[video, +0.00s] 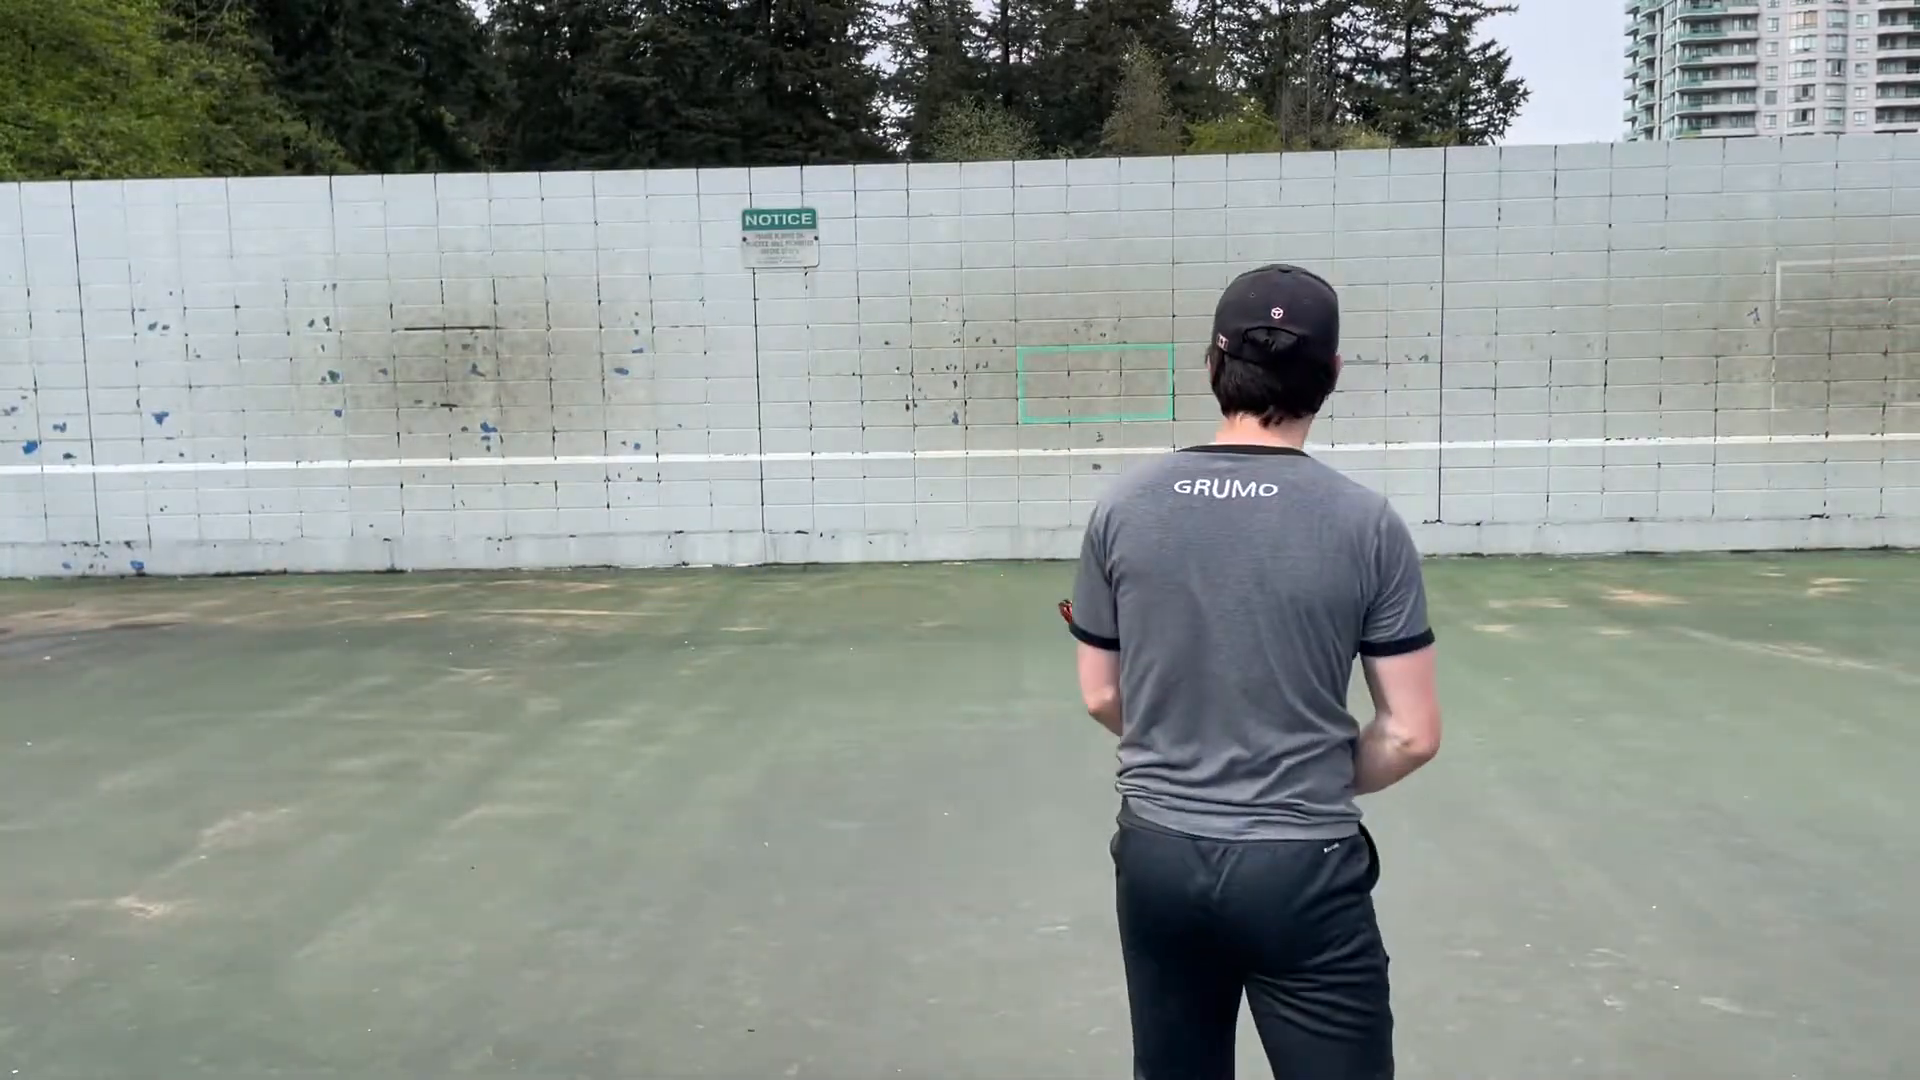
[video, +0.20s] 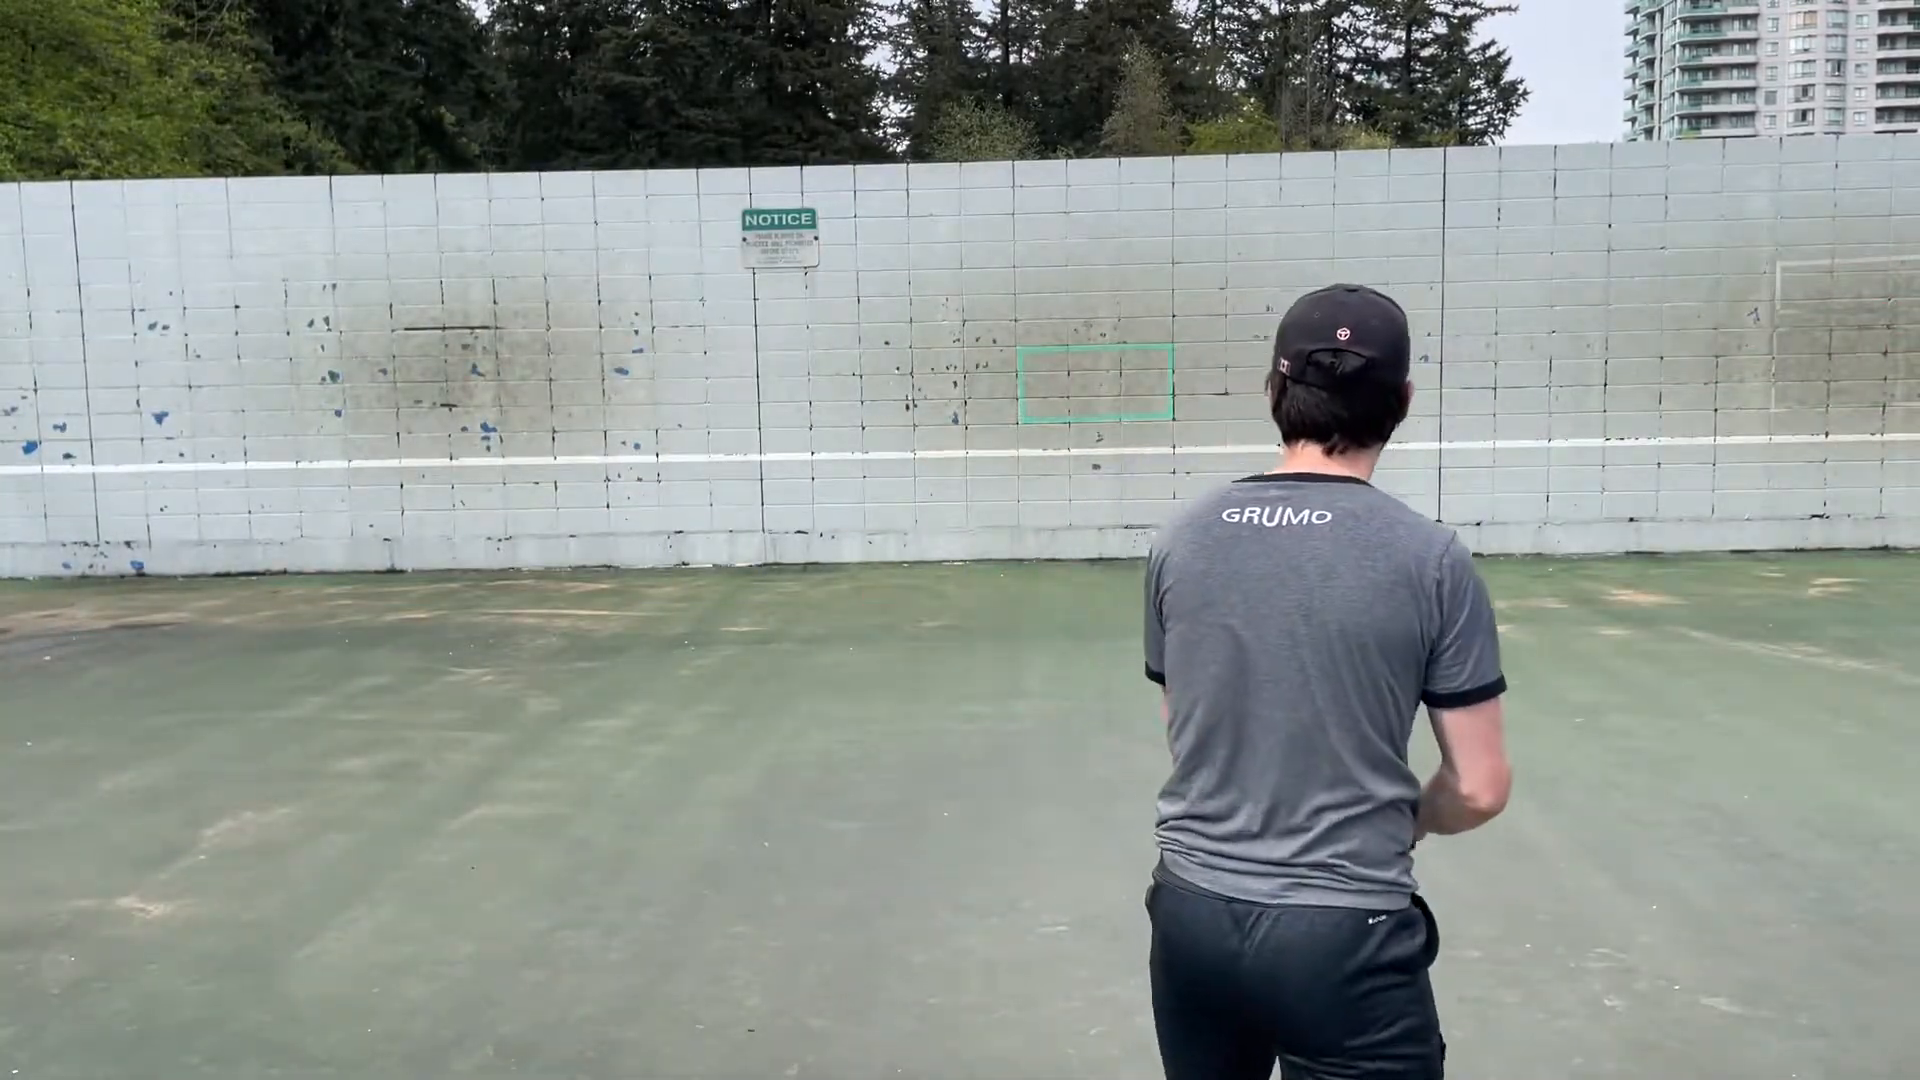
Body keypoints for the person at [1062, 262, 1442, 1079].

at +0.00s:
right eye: (1338, 355)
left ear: (1213, 362)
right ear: (1331, 377)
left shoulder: (1127, 502)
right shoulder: (1367, 523)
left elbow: (1103, 695)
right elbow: (1413, 732)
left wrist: (1182, 740)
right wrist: (1311, 774)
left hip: (1159, 870)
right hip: (1305, 879)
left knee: (1174, 1072)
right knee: (1344, 1069)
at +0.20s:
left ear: (1274, 391)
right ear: (1402, 405)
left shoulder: (1188, 536)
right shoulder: (1431, 558)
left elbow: (1180, 717)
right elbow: (1480, 788)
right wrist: (1409, 811)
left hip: (1193, 935)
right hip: (1349, 950)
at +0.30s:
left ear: (1302, 384)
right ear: (1431, 402)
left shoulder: (1212, 532)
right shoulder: (1455, 556)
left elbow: (1246, 712)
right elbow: (1536, 791)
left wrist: (1430, 787)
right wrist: (1467, 788)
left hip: (1213, 948)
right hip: (1373, 965)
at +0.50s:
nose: (1484, 357)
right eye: (1481, 342)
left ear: (1332, 347)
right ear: (1472, 365)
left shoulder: (1249, 503)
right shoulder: (1458, 528)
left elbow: (1375, 638)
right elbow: (1620, 750)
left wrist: (1570, 602)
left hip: (1231, 926)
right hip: (1388, 956)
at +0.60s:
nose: (1500, 402)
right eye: (1499, 388)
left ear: (1344, 392)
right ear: (1490, 410)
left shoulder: (1269, 541)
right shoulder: (1436, 568)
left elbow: (1416, 647)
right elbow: (1634, 766)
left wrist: (1590, 615)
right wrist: (1781, 693)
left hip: (1241, 981)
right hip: (1397, 1015)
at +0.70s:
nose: (1546, 429)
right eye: (1546, 413)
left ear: (1386, 416)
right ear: (1532, 435)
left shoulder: (1307, 567)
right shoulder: (1472, 587)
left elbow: (1453, 675)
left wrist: (1635, 639)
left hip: (1276, 1009)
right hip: (1440, 1040)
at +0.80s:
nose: (1636, 413)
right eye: (1637, 399)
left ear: (1475, 396)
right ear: (1624, 418)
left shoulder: (1388, 541)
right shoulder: (1550, 562)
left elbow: (1535, 655)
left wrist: (1722, 646)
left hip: (1344, 1005)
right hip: (1519, 1032)